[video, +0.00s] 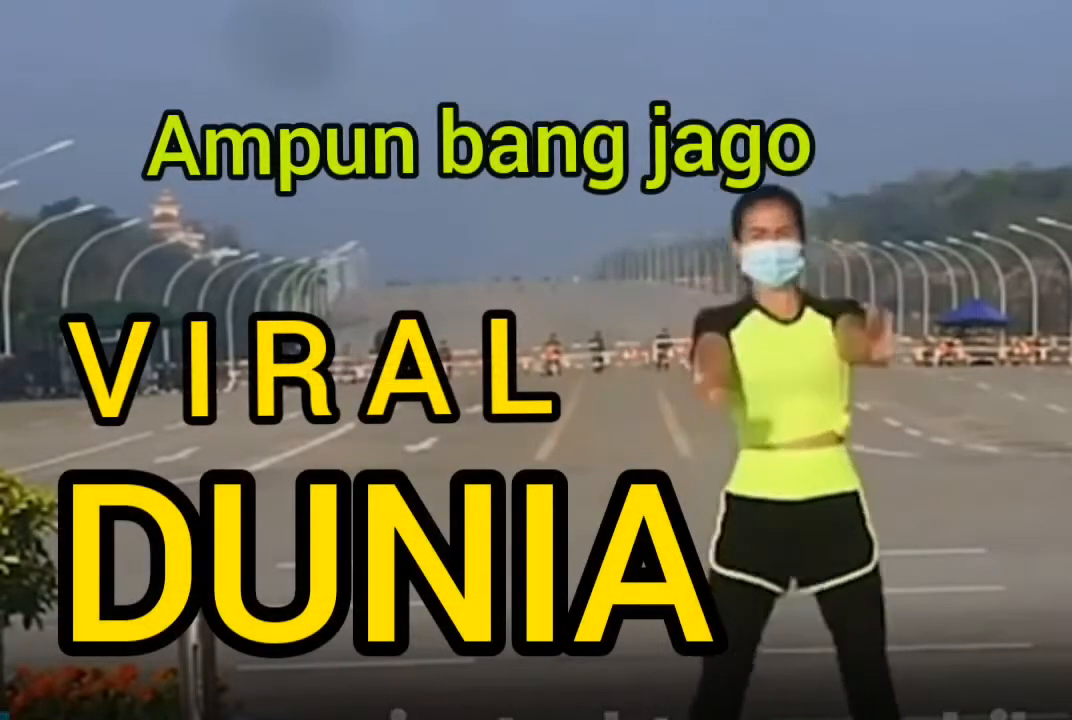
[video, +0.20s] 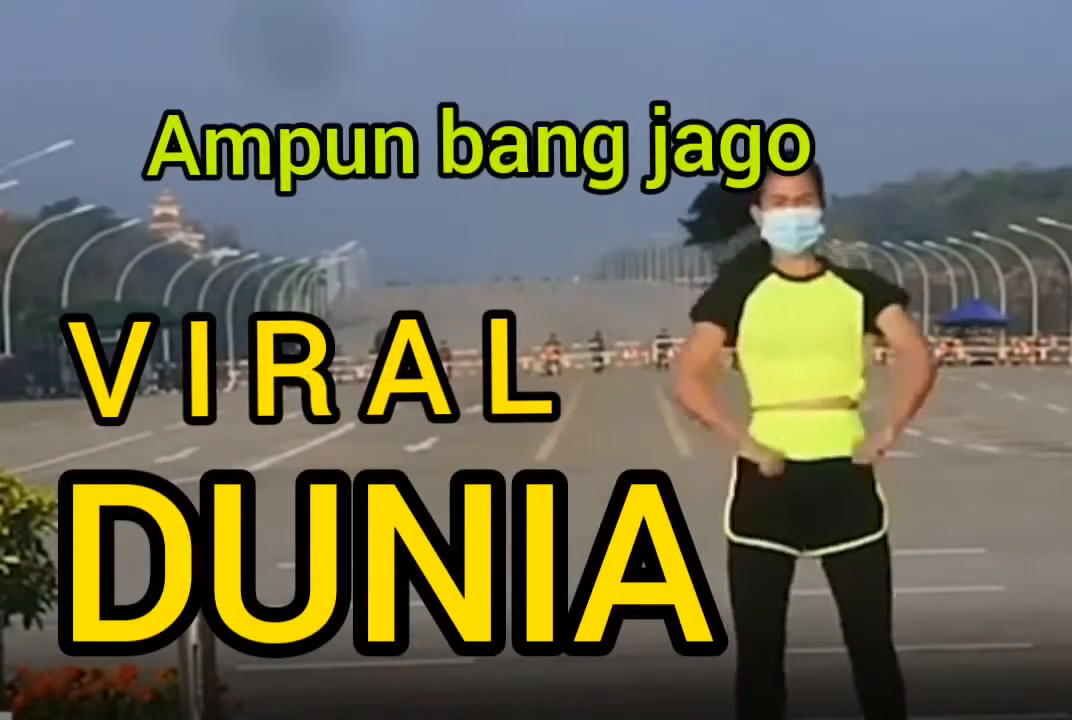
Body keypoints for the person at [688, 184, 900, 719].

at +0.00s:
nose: (774, 246)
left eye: (785, 234)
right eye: (759, 236)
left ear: (803, 244)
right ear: (738, 251)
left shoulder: (839, 317)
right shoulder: (721, 326)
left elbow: (861, 340)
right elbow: (713, 367)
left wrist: (875, 346)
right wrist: (713, 385)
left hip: (835, 507)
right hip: (755, 512)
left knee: (868, 670)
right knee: (726, 670)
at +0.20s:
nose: (793, 214)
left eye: (804, 202)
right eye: (779, 203)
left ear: (822, 210)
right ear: (757, 211)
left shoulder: (861, 287)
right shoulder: (739, 288)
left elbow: (919, 360)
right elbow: (688, 379)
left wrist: (884, 437)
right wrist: (746, 444)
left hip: (847, 483)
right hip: (764, 486)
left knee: (873, 650)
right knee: (759, 656)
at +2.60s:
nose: (678, 280)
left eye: (690, 269)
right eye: (665, 269)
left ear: (708, 281)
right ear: (646, 281)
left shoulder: (743, 351)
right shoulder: (619, 359)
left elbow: (834, 355)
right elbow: (526, 368)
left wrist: (739, 355)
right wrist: (623, 352)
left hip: (730, 546)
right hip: (650, 547)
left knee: (742, 702)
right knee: (637, 701)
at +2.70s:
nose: (684, 211)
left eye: (696, 199)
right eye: (669, 200)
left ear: (713, 210)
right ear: (648, 213)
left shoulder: (750, 288)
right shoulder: (625, 295)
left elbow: (814, 362)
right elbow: (568, 379)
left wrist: (785, 440)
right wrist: (626, 458)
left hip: (743, 485)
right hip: (660, 486)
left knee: (761, 650)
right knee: (661, 652)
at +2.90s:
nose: (698, 236)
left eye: (710, 223)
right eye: (684, 225)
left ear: (728, 234)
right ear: (662, 237)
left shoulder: (764, 311)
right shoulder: (641, 321)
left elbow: (783, 379)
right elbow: (635, 397)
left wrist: (812, 429)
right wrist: (642, 450)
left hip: (759, 497)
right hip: (679, 502)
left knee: (812, 650)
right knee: (664, 662)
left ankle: (841, 719)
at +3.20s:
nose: (722, 223)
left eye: (733, 211)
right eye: (707, 213)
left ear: (751, 218)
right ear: (685, 227)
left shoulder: (788, 293)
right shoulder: (664, 303)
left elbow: (801, 350)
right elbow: (671, 369)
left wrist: (831, 396)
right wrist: (680, 425)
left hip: (783, 490)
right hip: (700, 494)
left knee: (828, 659)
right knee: (683, 666)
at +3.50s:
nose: (753, 264)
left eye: (765, 252)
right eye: (739, 254)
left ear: (783, 265)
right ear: (718, 270)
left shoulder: (809, 340)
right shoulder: (703, 338)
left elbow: (828, 351)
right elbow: (691, 367)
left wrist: (840, 335)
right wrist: (699, 343)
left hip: (801, 535)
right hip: (720, 536)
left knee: (852, 695)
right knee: (682, 698)